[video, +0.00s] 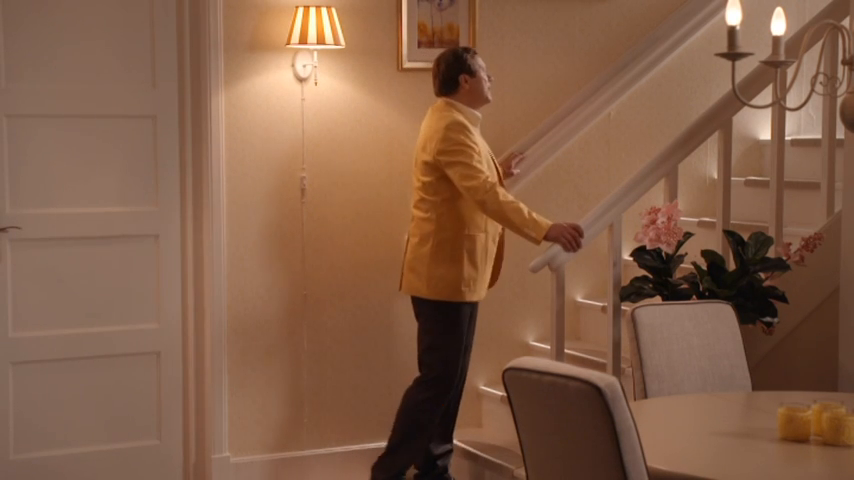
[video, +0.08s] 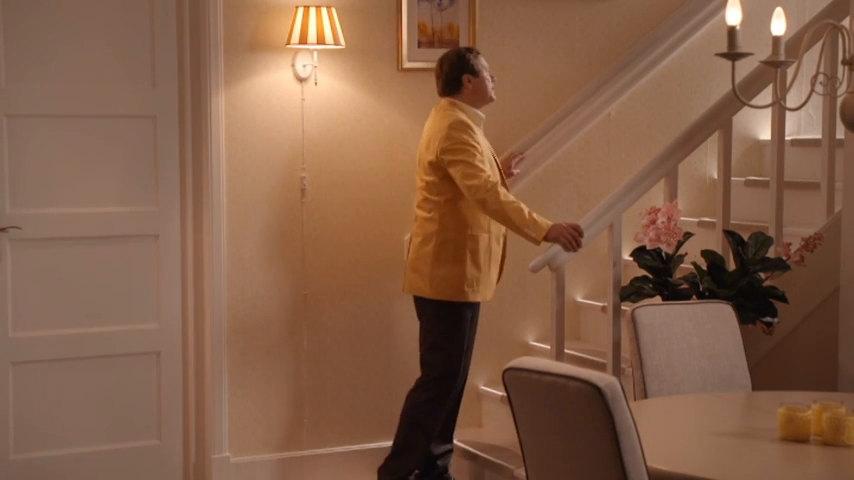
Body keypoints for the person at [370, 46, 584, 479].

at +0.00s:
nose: (491, 82)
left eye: (488, 74)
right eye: (485, 75)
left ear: (461, 82)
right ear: (466, 81)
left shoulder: (456, 121)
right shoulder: (450, 125)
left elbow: (459, 194)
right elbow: (485, 193)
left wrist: (496, 177)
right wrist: (545, 228)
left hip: (458, 272)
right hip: (442, 273)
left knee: (451, 379)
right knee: (438, 380)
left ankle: (433, 470)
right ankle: (388, 472)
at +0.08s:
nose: (493, 82)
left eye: (491, 75)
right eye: (488, 75)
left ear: (464, 82)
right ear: (469, 82)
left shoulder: (457, 121)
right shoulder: (455, 125)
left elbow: (460, 196)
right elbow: (486, 193)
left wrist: (498, 179)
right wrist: (545, 229)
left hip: (457, 272)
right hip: (446, 274)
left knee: (449, 380)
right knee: (440, 380)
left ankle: (432, 471)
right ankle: (399, 473)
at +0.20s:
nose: (498, 79)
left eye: (494, 72)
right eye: (492, 73)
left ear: (468, 82)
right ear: (473, 81)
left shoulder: (459, 121)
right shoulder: (459, 124)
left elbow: (463, 197)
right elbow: (487, 192)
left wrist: (498, 179)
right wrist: (545, 229)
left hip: (458, 272)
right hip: (449, 273)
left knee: (450, 379)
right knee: (441, 379)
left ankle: (433, 470)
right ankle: (404, 473)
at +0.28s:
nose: (500, 79)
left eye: (497, 72)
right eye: (494, 72)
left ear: (470, 82)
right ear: (474, 81)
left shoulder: (462, 121)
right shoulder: (461, 123)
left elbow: (462, 195)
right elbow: (488, 191)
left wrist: (497, 178)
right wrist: (544, 229)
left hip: (462, 272)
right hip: (448, 272)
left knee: (452, 378)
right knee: (439, 378)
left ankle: (434, 470)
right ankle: (405, 472)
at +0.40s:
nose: (503, 79)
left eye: (499, 72)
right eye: (496, 72)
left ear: (472, 82)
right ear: (477, 81)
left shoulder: (464, 120)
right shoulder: (463, 123)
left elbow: (461, 194)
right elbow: (488, 190)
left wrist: (498, 178)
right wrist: (545, 229)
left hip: (464, 271)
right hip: (448, 272)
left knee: (453, 377)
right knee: (437, 376)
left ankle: (434, 470)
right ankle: (404, 472)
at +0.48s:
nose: (503, 78)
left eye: (500, 71)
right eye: (496, 72)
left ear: (473, 82)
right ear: (478, 80)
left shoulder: (465, 121)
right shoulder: (464, 123)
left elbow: (462, 195)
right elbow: (488, 190)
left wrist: (499, 179)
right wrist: (545, 229)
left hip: (464, 271)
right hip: (448, 272)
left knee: (453, 377)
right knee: (436, 375)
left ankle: (433, 469)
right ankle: (404, 471)